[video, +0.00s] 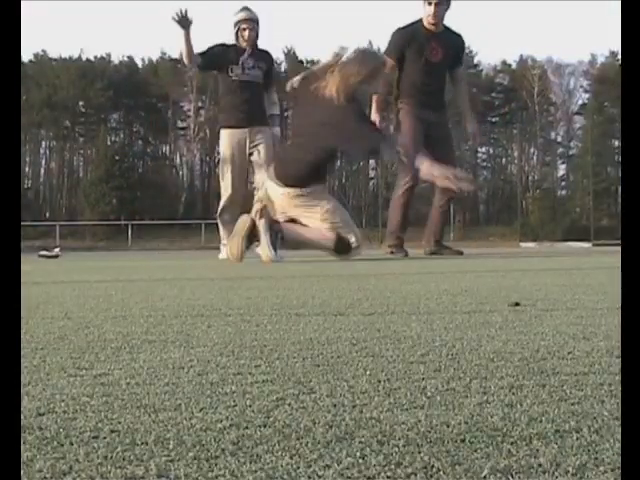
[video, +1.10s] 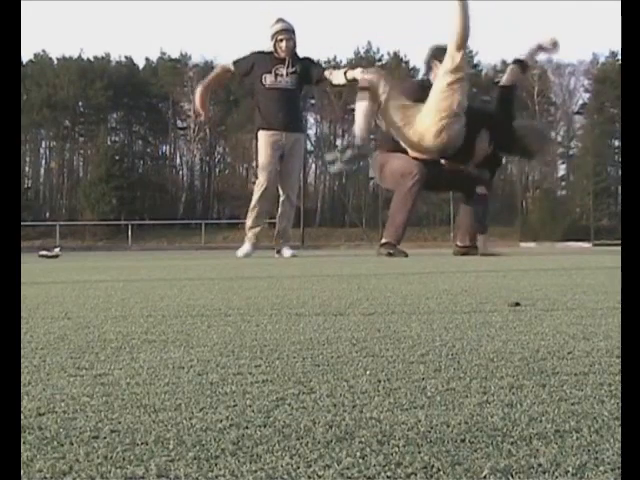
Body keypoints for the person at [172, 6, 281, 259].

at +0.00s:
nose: (248, 32)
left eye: (251, 28)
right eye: (243, 28)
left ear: (257, 30)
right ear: (237, 31)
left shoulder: (266, 58)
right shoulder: (223, 52)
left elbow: (271, 95)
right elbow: (191, 62)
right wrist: (186, 32)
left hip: (261, 129)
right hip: (231, 130)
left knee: (266, 187)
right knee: (231, 190)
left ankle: (266, 242)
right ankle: (228, 245)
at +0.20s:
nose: (247, 34)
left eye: (251, 30)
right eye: (243, 30)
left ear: (258, 32)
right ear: (236, 33)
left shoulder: (267, 57)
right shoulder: (223, 54)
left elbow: (274, 91)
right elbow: (205, 83)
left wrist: (278, 119)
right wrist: (192, 65)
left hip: (259, 131)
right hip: (230, 131)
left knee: (267, 184)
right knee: (227, 190)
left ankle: (278, 239)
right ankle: (225, 244)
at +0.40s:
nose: (252, 37)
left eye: (255, 32)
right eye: (247, 33)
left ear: (262, 33)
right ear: (240, 36)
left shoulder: (275, 56)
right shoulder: (230, 63)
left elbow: (289, 87)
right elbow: (224, 97)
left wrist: (295, 100)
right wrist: (212, 111)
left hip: (269, 132)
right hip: (238, 131)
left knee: (277, 188)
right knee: (233, 190)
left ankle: (281, 243)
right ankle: (226, 244)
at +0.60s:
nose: (263, 38)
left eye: (266, 34)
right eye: (258, 35)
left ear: (272, 35)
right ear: (250, 37)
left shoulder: (286, 55)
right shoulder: (242, 68)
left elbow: (315, 70)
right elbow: (236, 106)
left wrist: (322, 96)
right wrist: (228, 139)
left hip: (282, 136)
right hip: (251, 136)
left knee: (282, 192)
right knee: (242, 190)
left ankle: (281, 244)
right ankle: (229, 244)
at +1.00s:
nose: (283, 43)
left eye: (286, 38)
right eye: (278, 39)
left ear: (292, 39)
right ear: (271, 41)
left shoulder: (302, 62)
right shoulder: (255, 62)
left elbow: (329, 75)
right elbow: (227, 82)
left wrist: (351, 82)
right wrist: (211, 110)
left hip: (295, 137)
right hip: (268, 136)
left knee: (290, 192)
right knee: (260, 187)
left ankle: (282, 244)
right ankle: (245, 242)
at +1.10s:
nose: (286, 44)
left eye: (289, 39)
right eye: (281, 40)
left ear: (295, 41)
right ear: (273, 42)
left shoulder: (303, 65)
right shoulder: (258, 60)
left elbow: (328, 76)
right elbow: (226, 69)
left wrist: (353, 73)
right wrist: (202, 89)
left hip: (296, 136)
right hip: (269, 134)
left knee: (290, 190)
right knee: (266, 183)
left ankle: (284, 243)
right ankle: (251, 238)